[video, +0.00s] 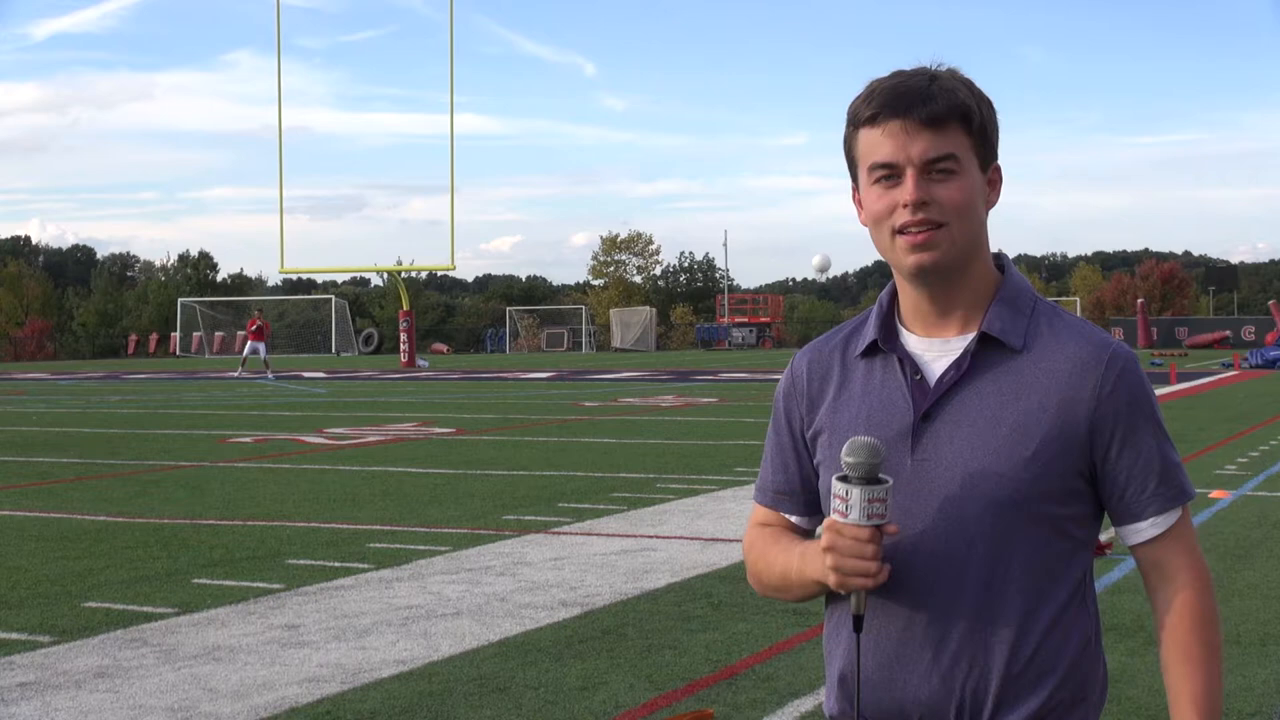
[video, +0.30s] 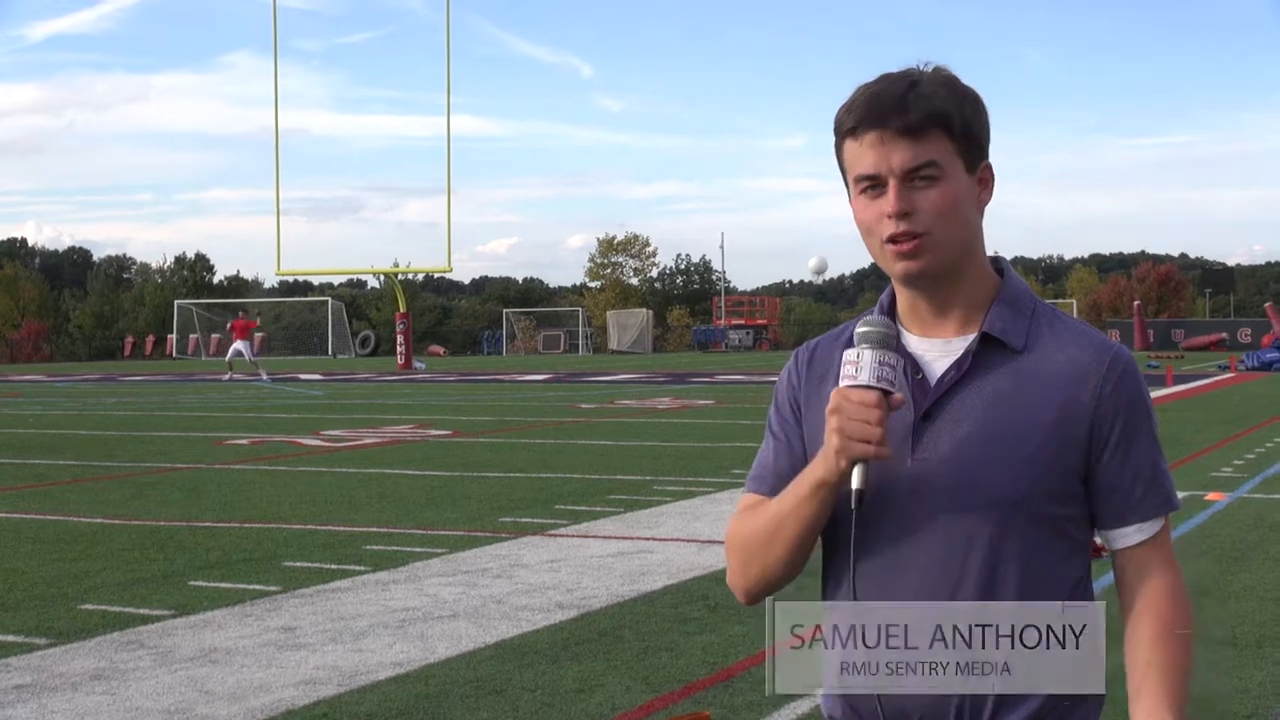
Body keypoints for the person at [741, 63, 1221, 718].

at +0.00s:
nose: (914, 196)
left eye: (941, 169)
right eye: (887, 175)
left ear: (990, 186)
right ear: (859, 203)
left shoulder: (1093, 372)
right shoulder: (816, 375)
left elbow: (1176, 578)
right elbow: (763, 551)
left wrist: (1193, 710)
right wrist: (815, 561)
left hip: (1040, 706)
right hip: (861, 706)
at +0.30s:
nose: (895, 209)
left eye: (923, 179)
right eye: (872, 187)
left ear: (982, 185)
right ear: (852, 206)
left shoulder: (1092, 373)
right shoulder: (817, 370)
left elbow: (1149, 579)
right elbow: (745, 575)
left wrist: (1154, 711)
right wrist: (827, 467)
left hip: (1037, 706)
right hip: (859, 706)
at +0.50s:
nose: (893, 212)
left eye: (921, 181)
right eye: (870, 190)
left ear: (981, 187)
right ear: (850, 207)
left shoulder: (1089, 373)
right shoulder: (814, 372)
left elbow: (1145, 570)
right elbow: (744, 575)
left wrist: (1128, 687)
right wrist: (825, 453)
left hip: (1030, 709)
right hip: (857, 707)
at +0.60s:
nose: (892, 212)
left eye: (920, 182)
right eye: (869, 190)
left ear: (980, 188)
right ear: (849, 206)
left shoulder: (1087, 374)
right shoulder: (813, 373)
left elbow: (1144, 574)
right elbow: (743, 576)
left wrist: (1120, 686)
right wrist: (823, 456)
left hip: (1027, 707)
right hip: (856, 707)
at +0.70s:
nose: (891, 213)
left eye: (919, 182)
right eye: (867, 190)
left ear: (978, 189)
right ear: (847, 206)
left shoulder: (1085, 375)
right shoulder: (811, 374)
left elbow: (1143, 576)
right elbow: (741, 577)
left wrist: (1111, 683)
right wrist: (821, 458)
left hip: (1025, 709)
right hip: (854, 707)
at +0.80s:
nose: (889, 212)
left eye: (919, 182)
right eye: (866, 189)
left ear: (977, 190)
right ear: (846, 206)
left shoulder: (1083, 376)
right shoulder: (809, 375)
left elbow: (1145, 579)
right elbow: (740, 579)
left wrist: (1093, 687)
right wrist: (821, 461)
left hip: (1022, 709)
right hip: (852, 707)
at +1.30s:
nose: (894, 213)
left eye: (927, 186)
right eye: (873, 186)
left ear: (984, 198)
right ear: (852, 198)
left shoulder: (1082, 381)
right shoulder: (804, 377)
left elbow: (1156, 582)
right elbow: (740, 585)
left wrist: (1122, 601)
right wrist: (808, 474)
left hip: (1026, 708)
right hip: (850, 707)